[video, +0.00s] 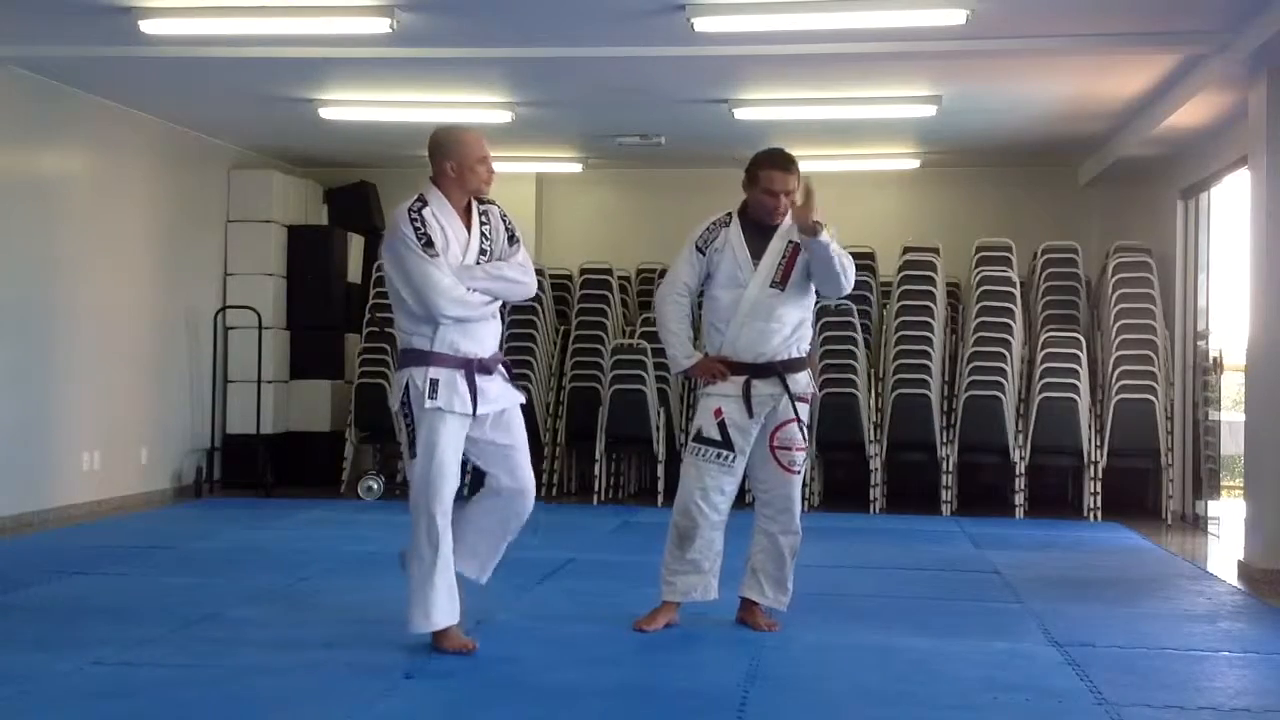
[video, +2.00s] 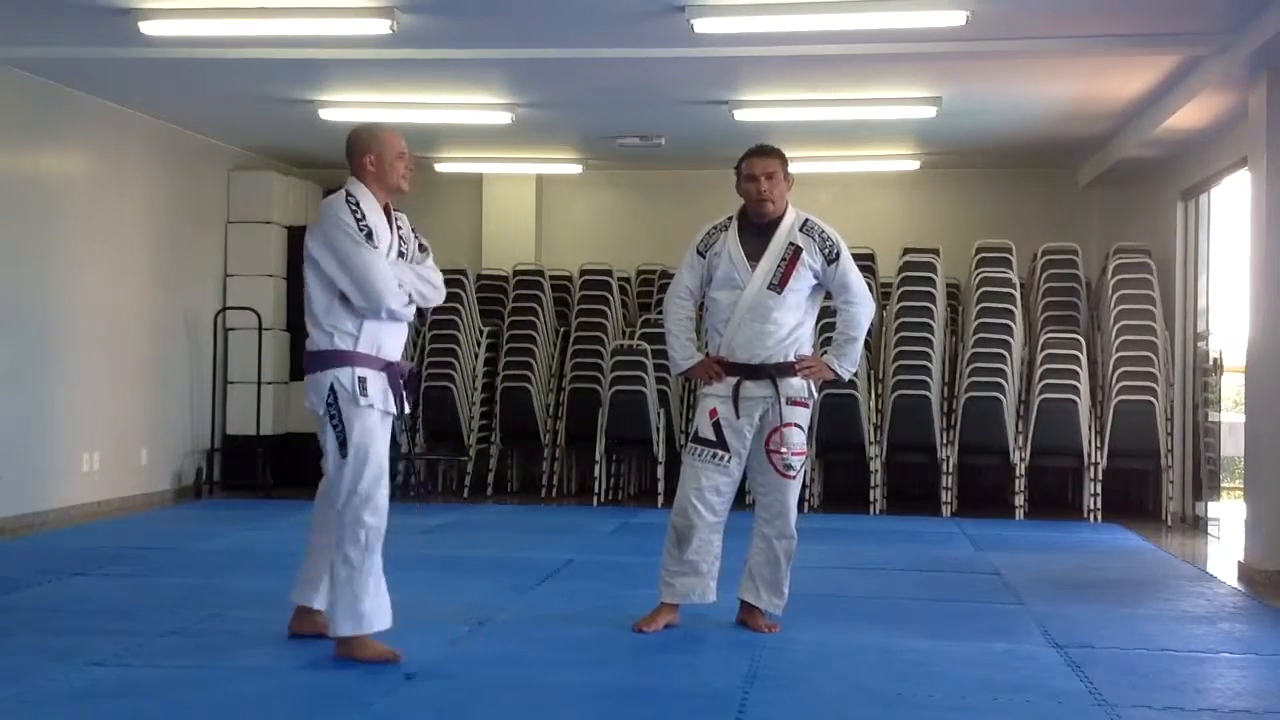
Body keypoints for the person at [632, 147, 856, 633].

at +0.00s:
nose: (779, 203)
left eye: (787, 194)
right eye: (769, 193)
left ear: (797, 194)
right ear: (747, 187)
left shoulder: (809, 241)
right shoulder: (713, 236)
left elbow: (839, 286)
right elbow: (671, 296)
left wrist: (812, 234)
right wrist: (688, 358)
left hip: (789, 388)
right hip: (725, 384)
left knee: (781, 503)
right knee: (698, 498)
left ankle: (755, 602)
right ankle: (672, 600)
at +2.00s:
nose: (761, 187)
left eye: (771, 177)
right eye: (751, 179)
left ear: (788, 183)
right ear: (738, 186)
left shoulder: (818, 240)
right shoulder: (712, 239)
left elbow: (857, 303)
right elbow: (678, 301)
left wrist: (838, 361)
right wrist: (688, 357)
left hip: (787, 390)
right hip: (722, 385)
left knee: (778, 506)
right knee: (695, 499)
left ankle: (756, 605)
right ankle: (670, 602)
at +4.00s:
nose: (750, 208)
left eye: (762, 201)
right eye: (744, 197)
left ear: (783, 200)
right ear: (735, 190)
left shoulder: (801, 236)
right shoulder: (708, 236)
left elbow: (850, 230)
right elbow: (668, 299)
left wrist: (805, 184)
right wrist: (686, 362)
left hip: (783, 387)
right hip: (720, 385)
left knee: (779, 505)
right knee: (693, 500)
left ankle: (755, 604)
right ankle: (671, 604)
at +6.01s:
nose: (741, 201)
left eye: (752, 195)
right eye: (739, 191)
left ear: (781, 197)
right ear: (735, 187)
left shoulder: (808, 236)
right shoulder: (715, 236)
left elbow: (862, 259)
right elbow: (675, 299)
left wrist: (815, 212)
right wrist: (687, 358)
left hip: (786, 388)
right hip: (722, 385)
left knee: (780, 506)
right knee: (696, 502)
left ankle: (755, 606)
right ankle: (672, 604)